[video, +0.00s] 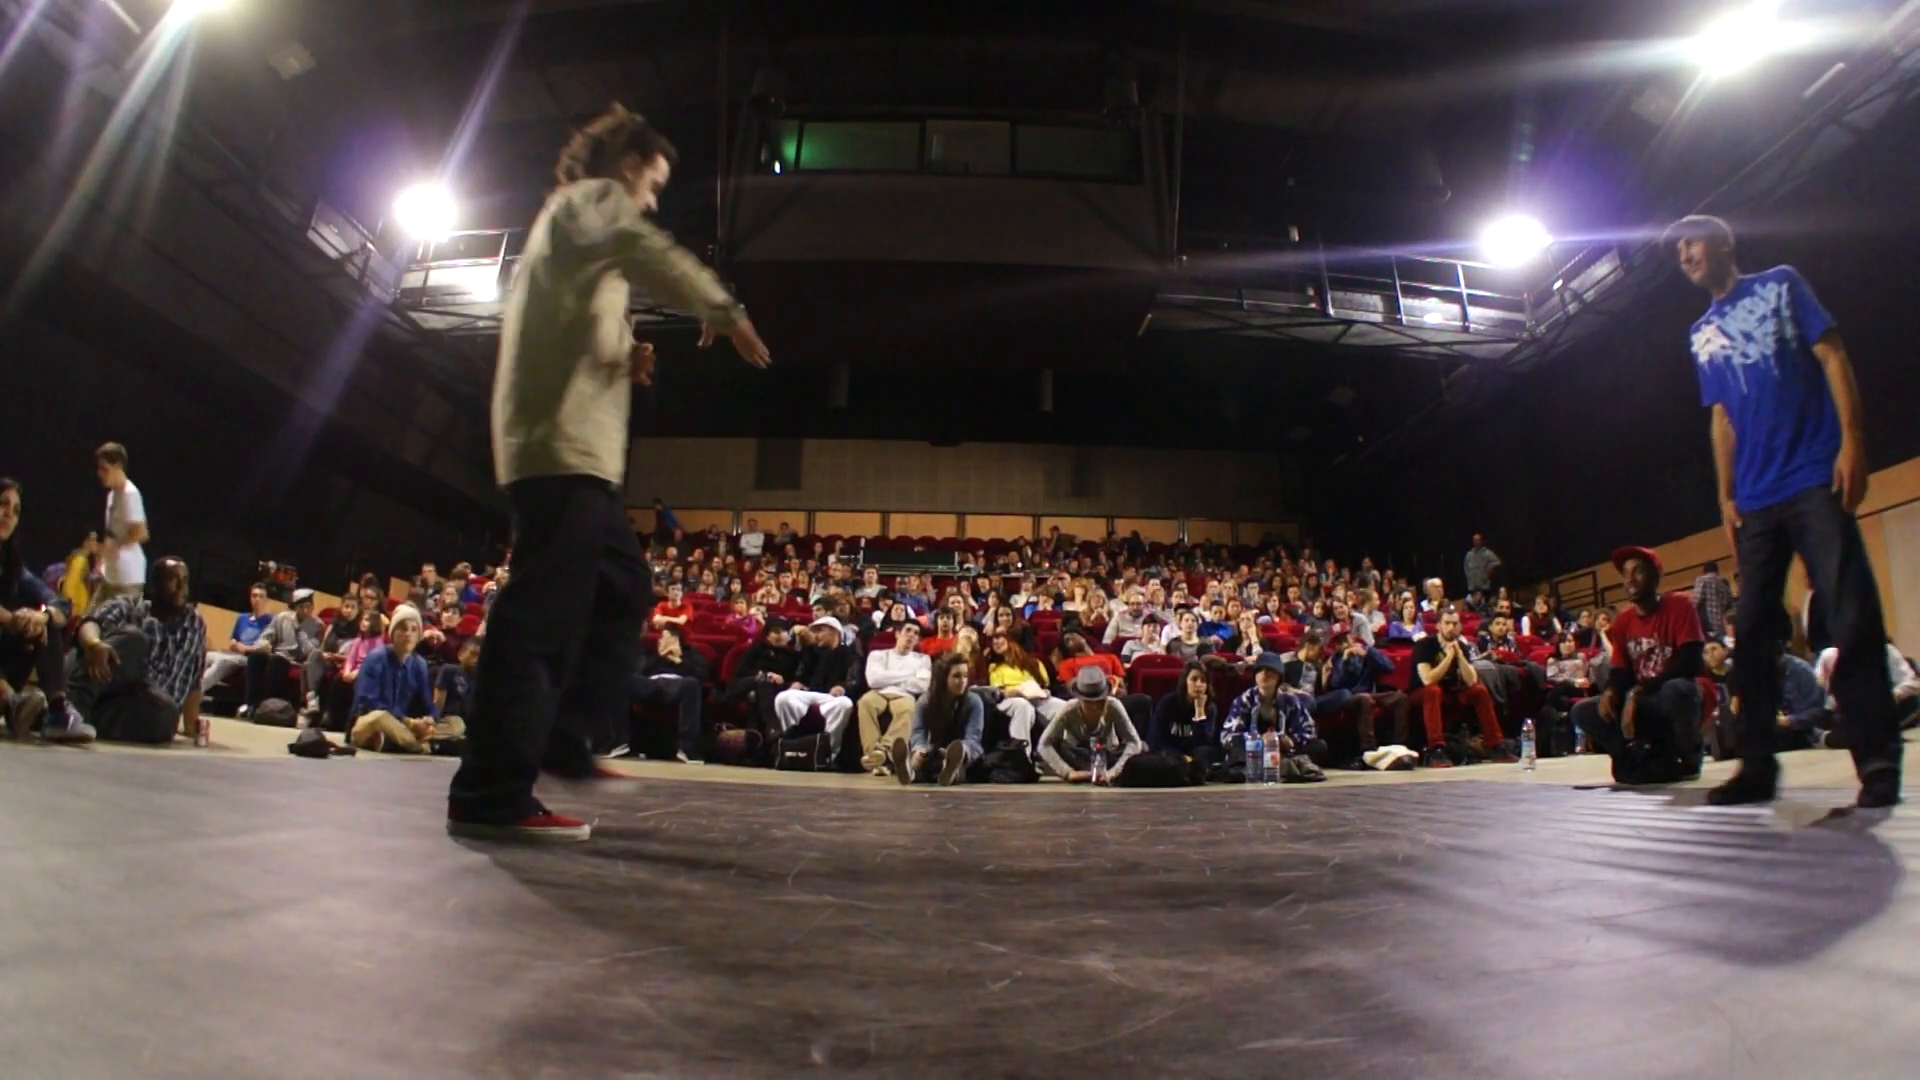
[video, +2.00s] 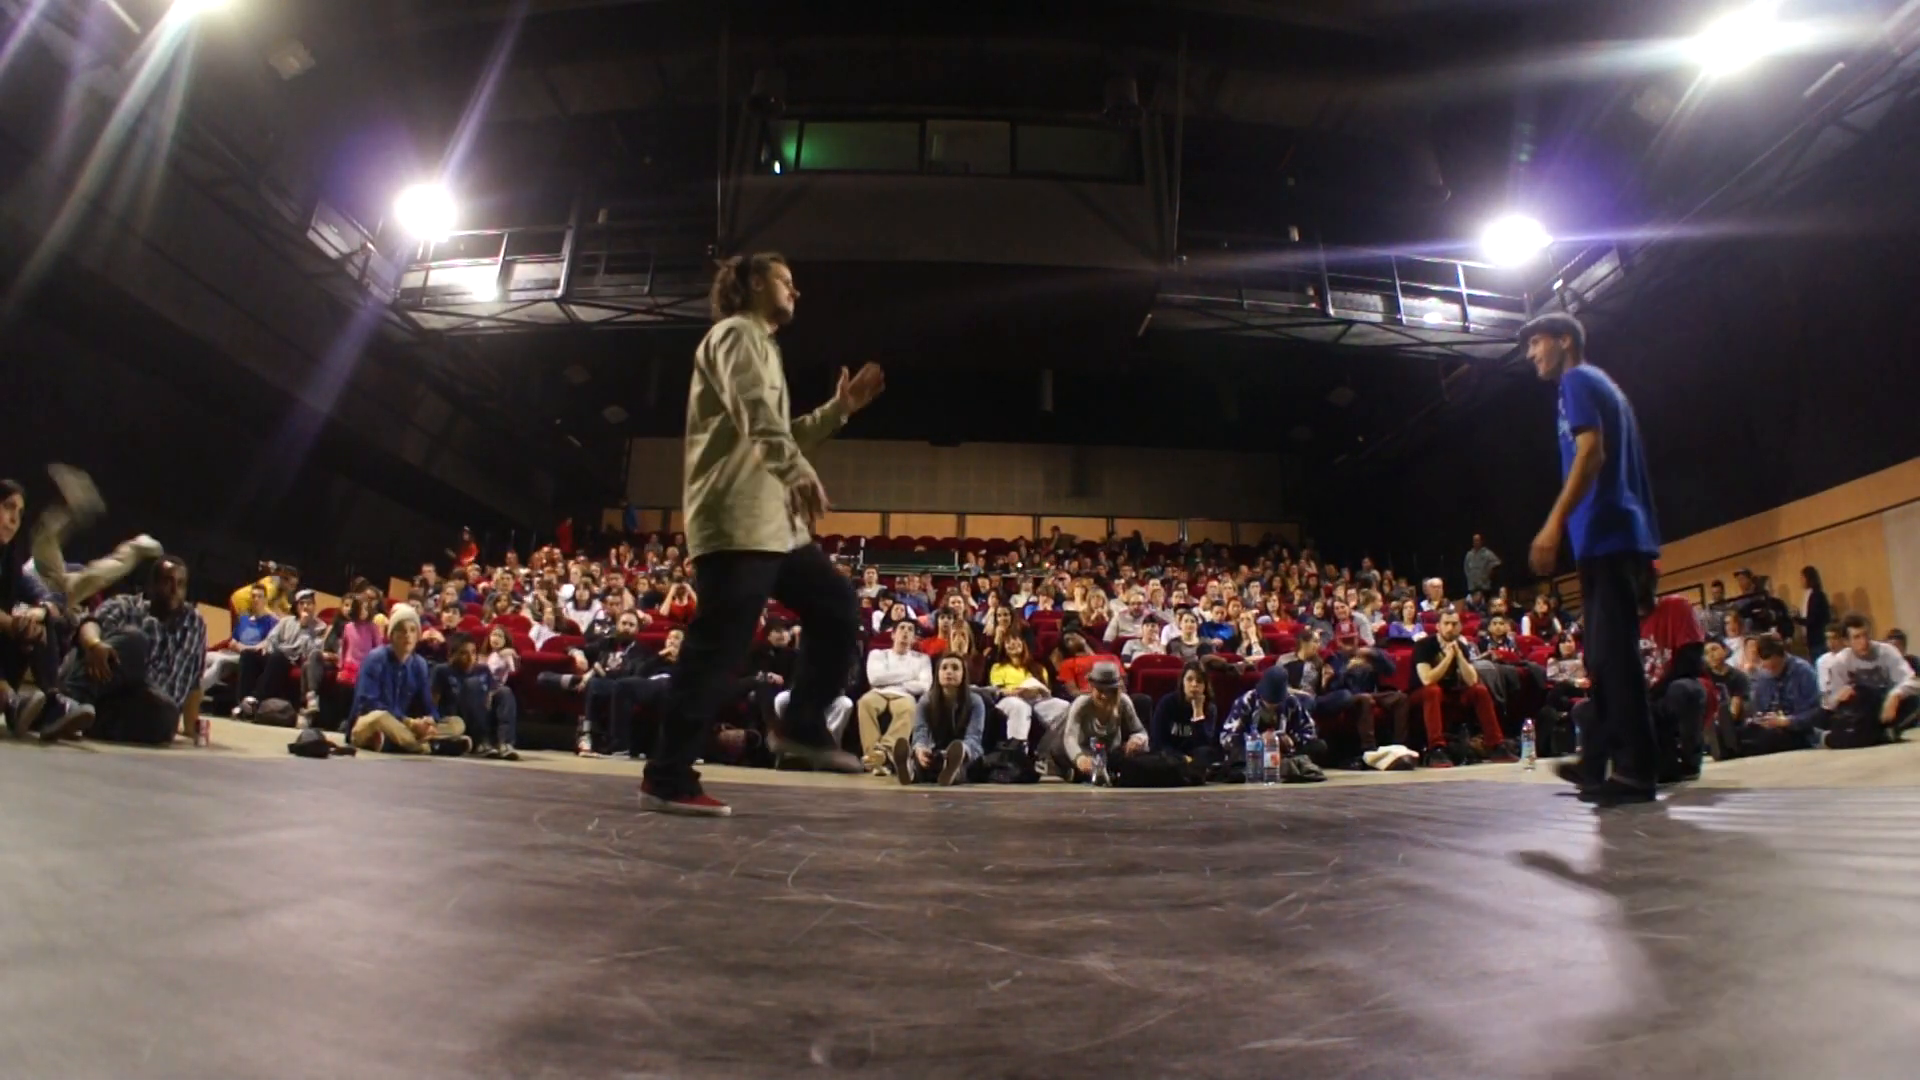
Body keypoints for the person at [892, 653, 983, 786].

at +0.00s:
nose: (962, 681)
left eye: (965, 676)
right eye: (956, 676)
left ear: (968, 678)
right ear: (943, 678)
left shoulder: (974, 702)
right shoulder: (926, 701)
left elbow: (973, 738)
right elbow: (918, 731)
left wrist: (960, 751)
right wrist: (919, 749)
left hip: (959, 750)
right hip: (932, 749)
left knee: (955, 762)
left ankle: (950, 772)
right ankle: (910, 770)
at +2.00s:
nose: (949, 672)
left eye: (955, 668)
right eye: (944, 667)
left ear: (963, 674)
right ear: (937, 673)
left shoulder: (975, 701)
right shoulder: (926, 701)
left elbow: (974, 738)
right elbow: (920, 730)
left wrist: (961, 751)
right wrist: (920, 747)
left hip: (962, 751)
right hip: (934, 749)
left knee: (956, 763)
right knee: (920, 761)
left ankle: (949, 774)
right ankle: (910, 769)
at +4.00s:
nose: (947, 672)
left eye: (952, 668)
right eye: (942, 668)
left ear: (962, 673)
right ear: (936, 674)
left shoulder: (974, 701)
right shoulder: (925, 701)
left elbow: (974, 738)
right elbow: (920, 730)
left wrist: (960, 751)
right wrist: (920, 747)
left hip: (962, 751)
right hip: (933, 750)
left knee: (956, 763)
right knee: (919, 760)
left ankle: (950, 773)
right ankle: (910, 769)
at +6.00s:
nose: (947, 673)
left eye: (952, 668)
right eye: (942, 669)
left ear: (961, 674)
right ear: (935, 674)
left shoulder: (974, 701)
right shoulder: (925, 701)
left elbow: (974, 738)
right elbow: (920, 731)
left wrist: (961, 751)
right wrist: (920, 748)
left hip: (962, 751)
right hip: (933, 750)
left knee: (955, 762)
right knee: (919, 761)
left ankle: (949, 773)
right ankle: (910, 768)